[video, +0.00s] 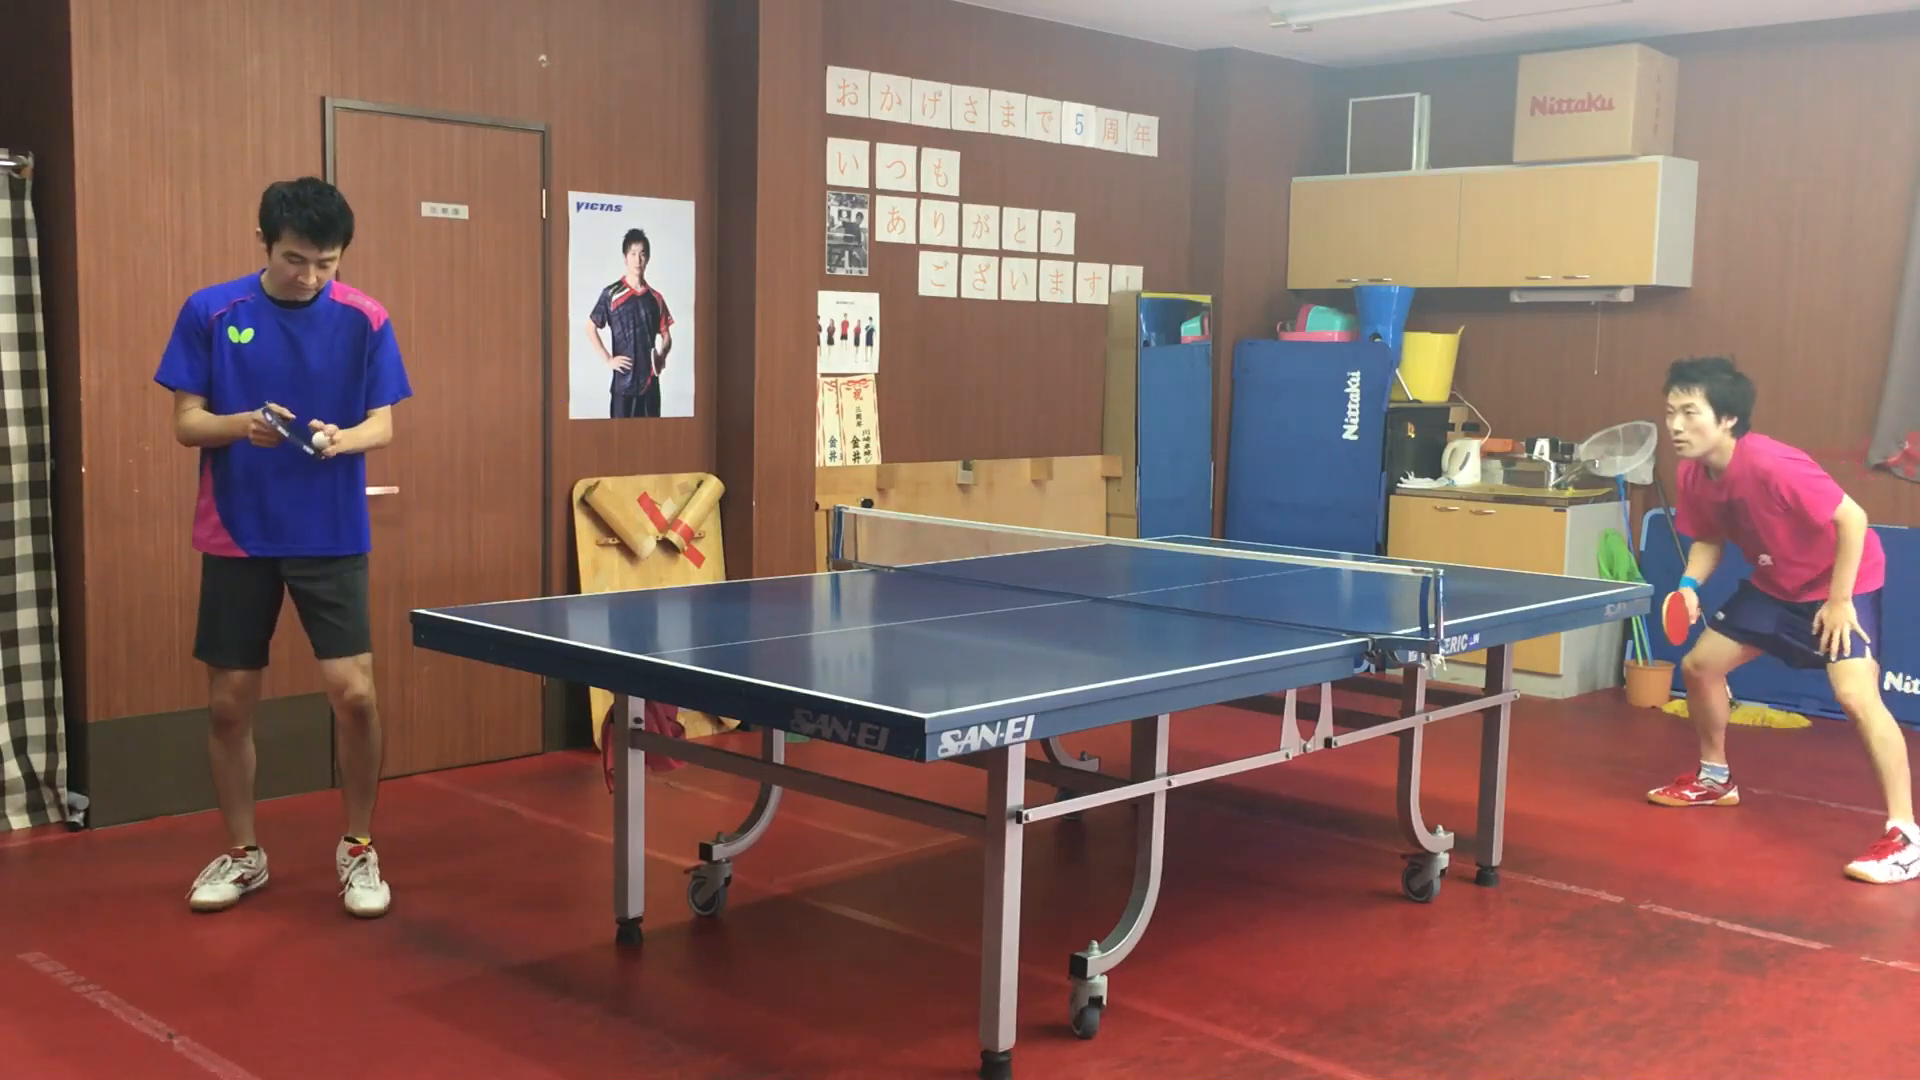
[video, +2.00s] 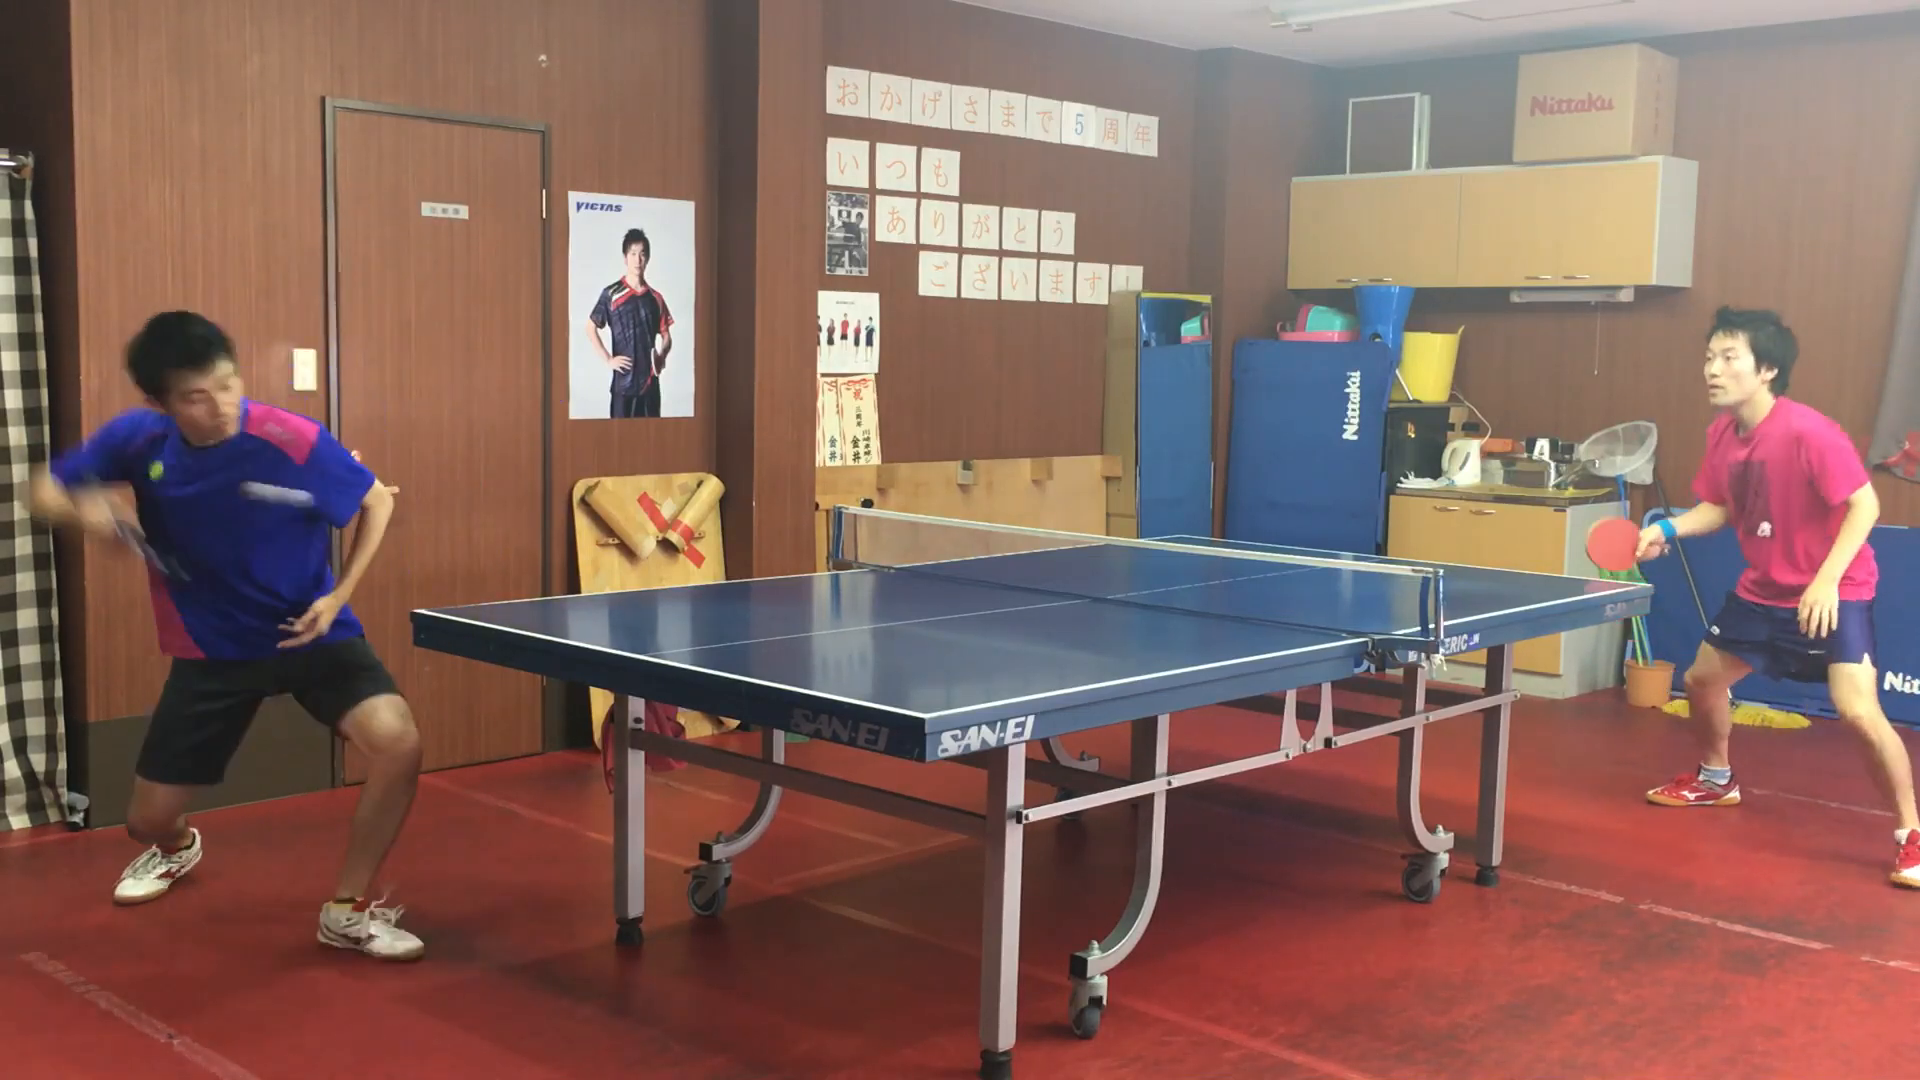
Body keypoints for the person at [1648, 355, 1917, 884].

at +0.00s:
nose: (1674, 425)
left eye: (1688, 412)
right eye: (1670, 413)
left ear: (1728, 421)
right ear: (1668, 418)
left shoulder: (1772, 465)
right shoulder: (1694, 475)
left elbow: (1853, 519)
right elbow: (1707, 540)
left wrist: (1839, 600)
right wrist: (1689, 587)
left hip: (1842, 586)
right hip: (1773, 584)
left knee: (1856, 695)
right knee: (1701, 664)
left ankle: (1905, 835)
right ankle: (1713, 777)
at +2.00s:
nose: (1711, 370)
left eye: (1727, 359)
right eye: (1709, 359)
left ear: (1767, 373)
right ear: (1706, 366)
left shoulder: (1809, 432)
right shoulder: (1723, 432)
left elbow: (1865, 506)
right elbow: (1718, 508)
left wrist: (1827, 578)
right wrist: (1668, 528)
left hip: (1835, 588)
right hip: (1763, 585)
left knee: (1857, 709)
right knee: (1703, 679)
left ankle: (1911, 831)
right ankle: (1714, 776)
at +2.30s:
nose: (1695, 367)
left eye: (1709, 354)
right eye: (1693, 356)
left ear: (1753, 362)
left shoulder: (1811, 421)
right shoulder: (1704, 433)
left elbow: (1869, 495)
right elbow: (1648, 494)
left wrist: (1825, 564)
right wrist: (1568, 506)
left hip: (1838, 597)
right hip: (1757, 591)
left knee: (1876, 726)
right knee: (1666, 677)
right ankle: (1701, 797)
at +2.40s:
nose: (1674, 376)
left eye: (1687, 362)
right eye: (1673, 364)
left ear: (1734, 370)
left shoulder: (1800, 427)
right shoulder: (1679, 442)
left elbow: (1854, 505)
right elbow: (1616, 494)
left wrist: (1815, 560)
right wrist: (1536, 508)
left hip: (1808, 614)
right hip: (1725, 603)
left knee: (1863, 731)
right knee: (1616, 665)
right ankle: (1633, 795)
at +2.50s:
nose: (1621, 383)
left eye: (1631, 369)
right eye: (1617, 372)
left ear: (1679, 372)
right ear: (1631, 379)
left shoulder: (1751, 421)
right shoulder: (1628, 442)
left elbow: (1806, 495)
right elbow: (1567, 493)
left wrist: (1774, 545)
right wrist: (1493, 510)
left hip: (1765, 613)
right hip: (1677, 605)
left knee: (1840, 724)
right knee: (1574, 681)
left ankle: (1911, 842)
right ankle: (1504, 803)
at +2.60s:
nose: (1555, 400)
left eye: (1566, 386)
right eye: (1551, 388)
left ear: (1613, 386)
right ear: (1580, 393)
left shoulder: (1690, 432)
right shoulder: (1562, 457)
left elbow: (1748, 499)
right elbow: (1510, 503)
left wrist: (1758, 549)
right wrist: (1440, 516)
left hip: (1712, 620)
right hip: (1628, 620)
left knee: (1792, 722)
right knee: (1528, 687)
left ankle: (1887, 843)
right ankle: (1464, 819)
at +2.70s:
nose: (1509, 413)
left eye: (1521, 399)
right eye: (1505, 402)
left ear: (1566, 402)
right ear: (1513, 412)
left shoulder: (1637, 445)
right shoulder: (1518, 478)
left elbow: (1691, 502)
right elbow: (1466, 515)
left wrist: (1750, 545)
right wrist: (1401, 520)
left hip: (1674, 628)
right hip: (1587, 628)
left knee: (1767, 731)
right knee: (1476, 670)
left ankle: (1851, 843)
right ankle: (1460, 812)